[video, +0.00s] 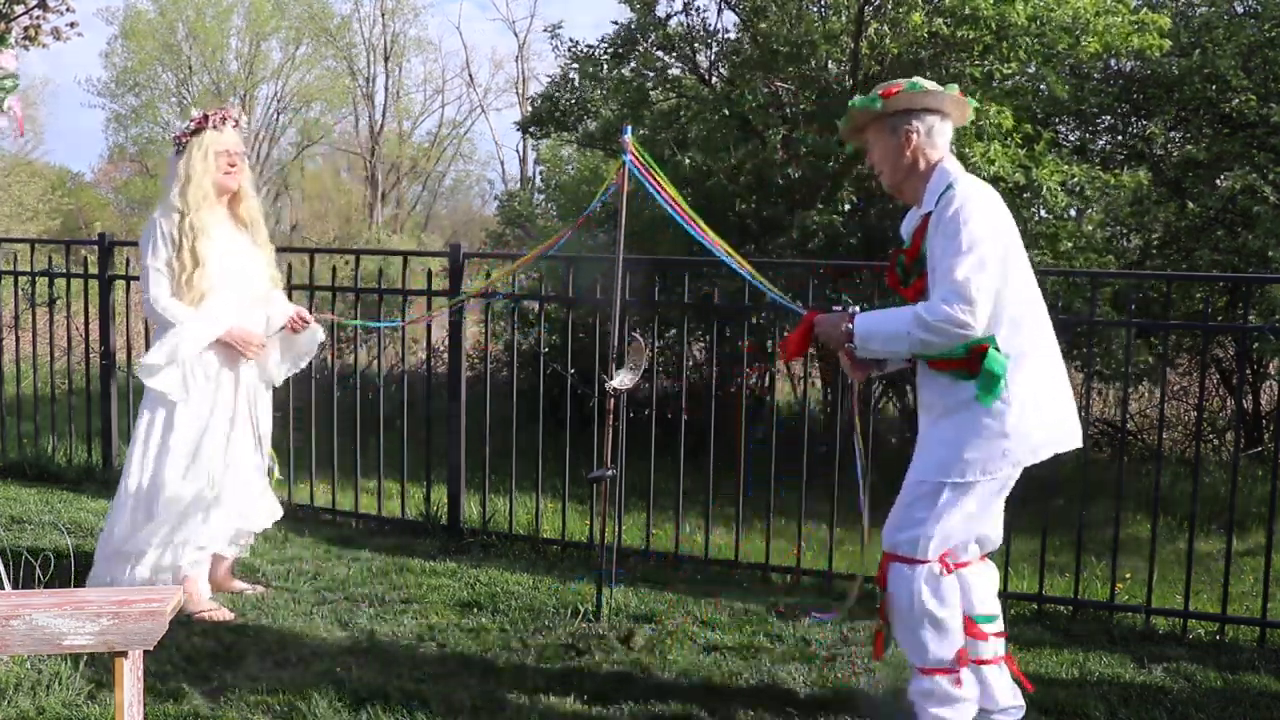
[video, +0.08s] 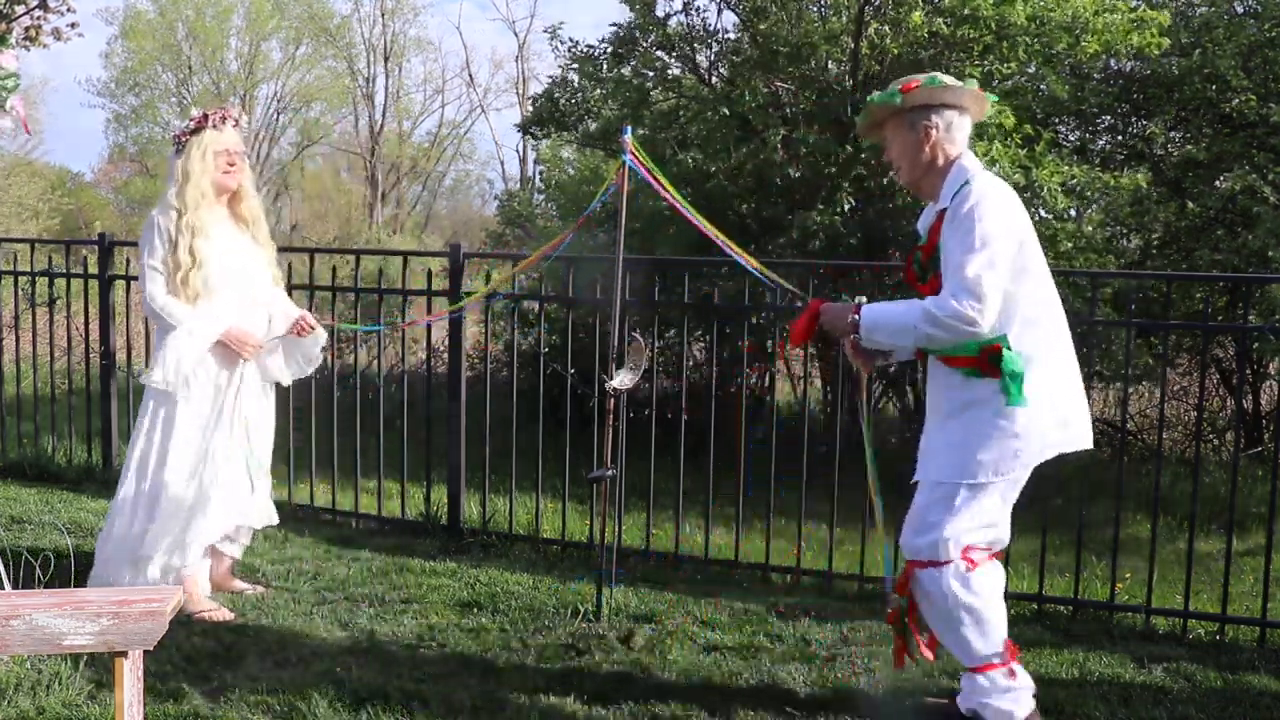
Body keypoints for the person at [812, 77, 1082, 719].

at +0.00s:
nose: (867, 165)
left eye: (871, 148)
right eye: (864, 151)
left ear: (913, 140)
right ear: (917, 143)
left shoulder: (964, 205)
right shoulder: (940, 211)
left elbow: (962, 316)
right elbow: (950, 327)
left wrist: (856, 328)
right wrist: (878, 353)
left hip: (982, 414)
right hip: (980, 414)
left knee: (914, 547)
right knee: (962, 551)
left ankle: (942, 701)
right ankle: (994, 696)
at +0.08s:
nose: (884, 159)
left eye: (889, 142)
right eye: (882, 146)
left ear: (933, 135)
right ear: (933, 137)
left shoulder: (981, 201)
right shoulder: (950, 210)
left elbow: (971, 313)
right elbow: (956, 321)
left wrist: (861, 318)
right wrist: (881, 343)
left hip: (997, 410)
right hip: (971, 410)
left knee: (943, 546)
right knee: (940, 545)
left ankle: (999, 698)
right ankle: (990, 686)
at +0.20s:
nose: (908, 153)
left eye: (914, 137)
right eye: (905, 140)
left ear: (958, 129)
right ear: (952, 132)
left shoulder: (1002, 199)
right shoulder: (970, 206)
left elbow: (984, 309)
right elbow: (964, 315)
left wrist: (875, 302)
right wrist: (881, 324)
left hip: (1021, 413)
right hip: (985, 414)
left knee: (984, 553)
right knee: (971, 553)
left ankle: (1066, 701)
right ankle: (990, 700)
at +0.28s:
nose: (922, 151)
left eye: (928, 135)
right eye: (921, 138)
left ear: (973, 131)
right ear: (968, 134)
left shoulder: (1017, 202)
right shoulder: (982, 208)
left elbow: (994, 311)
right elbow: (971, 317)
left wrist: (885, 301)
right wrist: (889, 317)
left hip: (1033, 424)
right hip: (991, 425)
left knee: (1022, 566)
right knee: (977, 557)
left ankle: (1089, 702)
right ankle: (990, 695)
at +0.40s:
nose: (943, 156)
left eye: (949, 140)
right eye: (942, 142)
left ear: (994, 139)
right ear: (990, 141)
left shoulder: (1040, 212)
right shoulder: (997, 217)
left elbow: (1011, 321)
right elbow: (983, 324)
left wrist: (900, 312)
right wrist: (895, 317)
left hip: (1061, 437)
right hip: (1011, 434)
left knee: (1063, 587)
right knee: (979, 554)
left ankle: (1100, 710)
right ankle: (991, 701)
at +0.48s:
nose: (954, 163)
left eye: (959, 147)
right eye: (952, 150)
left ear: (1005, 143)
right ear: (999, 145)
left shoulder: (1056, 215)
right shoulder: (1010, 222)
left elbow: (1027, 326)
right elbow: (1003, 332)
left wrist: (911, 321)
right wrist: (911, 334)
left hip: (1075, 444)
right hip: (1024, 440)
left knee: (1063, 594)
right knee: (983, 557)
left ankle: (1101, 711)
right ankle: (992, 701)